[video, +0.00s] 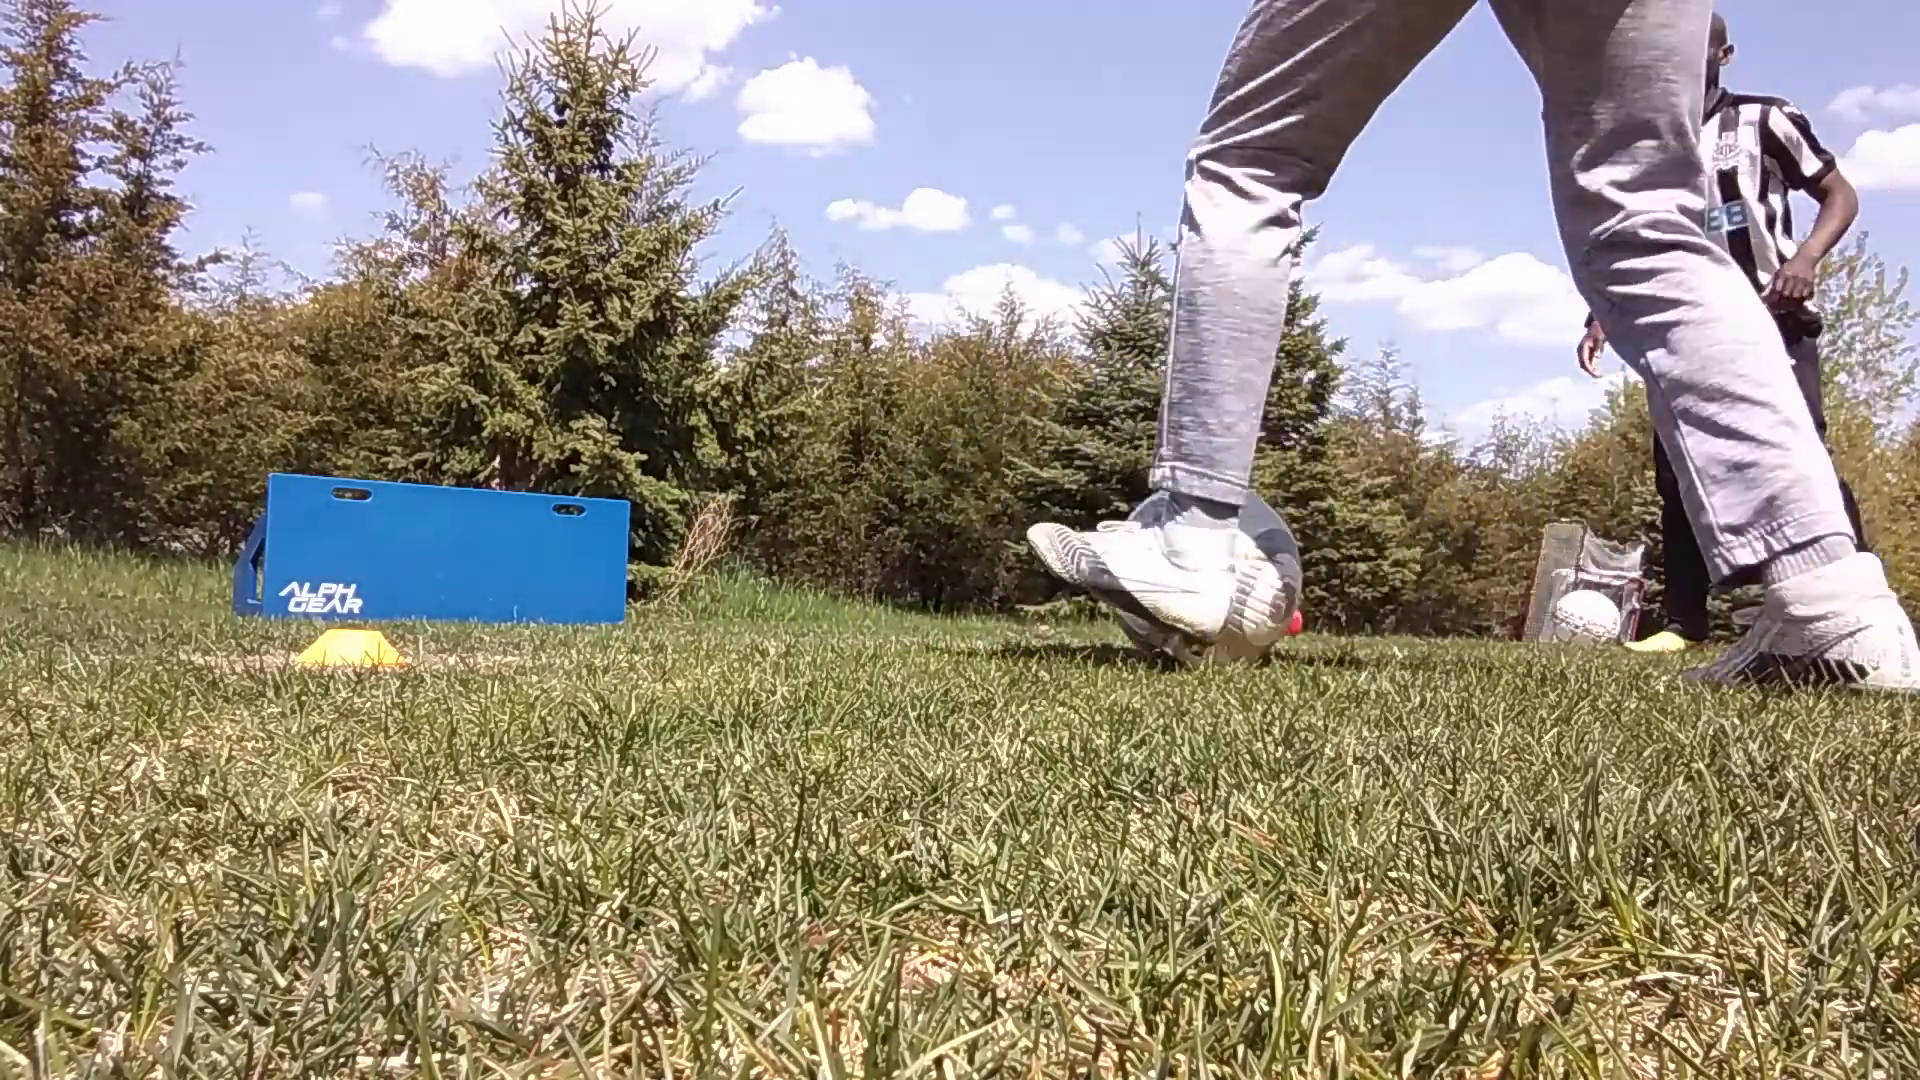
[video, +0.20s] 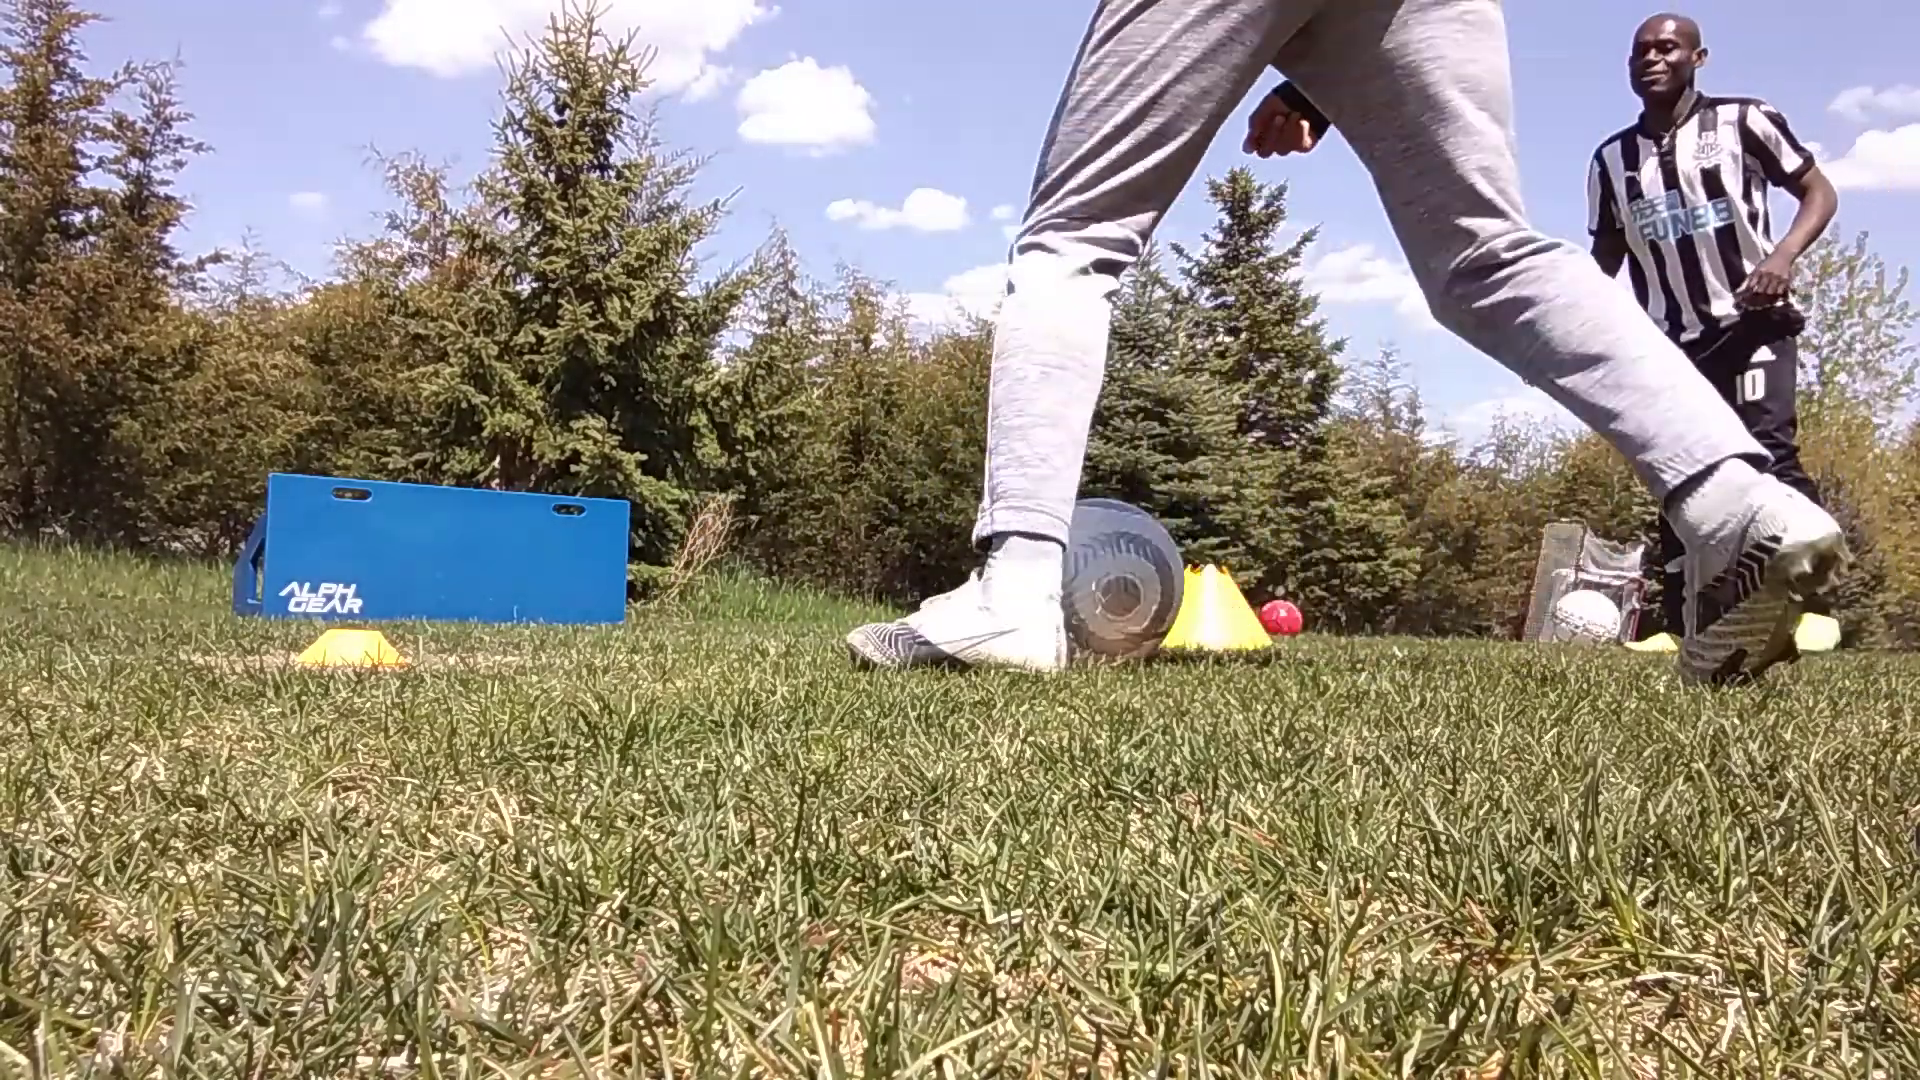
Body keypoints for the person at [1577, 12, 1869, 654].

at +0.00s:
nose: (1685, 52)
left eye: (1698, 39)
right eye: (1678, 41)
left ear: (1721, 49)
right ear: (1664, 52)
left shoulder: (1765, 117)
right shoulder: (1650, 132)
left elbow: (1842, 196)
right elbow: (1639, 236)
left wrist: (1804, 258)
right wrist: (1606, 308)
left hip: (1773, 316)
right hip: (1684, 323)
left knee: (1801, 453)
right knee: (1678, 470)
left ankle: (1852, 595)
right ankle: (1684, 620)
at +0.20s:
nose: (1650, 58)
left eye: (1665, 47)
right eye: (1641, 50)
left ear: (1698, 60)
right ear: (1631, 67)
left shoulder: (1747, 119)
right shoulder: (1611, 160)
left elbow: (1820, 194)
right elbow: (1607, 259)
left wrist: (1783, 256)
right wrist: (1595, 334)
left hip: (1756, 327)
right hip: (1675, 346)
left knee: (1769, 462)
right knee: (1676, 478)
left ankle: (1809, 602)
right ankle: (1676, 623)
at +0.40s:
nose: (1649, 58)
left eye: (1664, 47)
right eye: (1640, 50)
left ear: (1696, 57)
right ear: (1629, 66)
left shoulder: (1745, 122)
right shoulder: (1608, 157)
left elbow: (1816, 197)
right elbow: (1602, 251)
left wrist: (1790, 266)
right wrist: (1563, 329)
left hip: (1744, 329)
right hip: (1665, 346)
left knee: (1742, 468)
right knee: (1676, 488)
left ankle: (1759, 621)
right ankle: (1682, 626)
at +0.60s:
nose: (1651, 56)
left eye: (1667, 45)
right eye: (1646, 46)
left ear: (1708, 54)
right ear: (1641, 59)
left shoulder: (1752, 126)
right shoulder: (1620, 144)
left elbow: (1815, 212)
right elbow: (1622, 237)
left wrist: (1768, 287)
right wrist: (1594, 310)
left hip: (1736, 337)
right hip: (1655, 345)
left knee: (1742, 470)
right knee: (1641, 472)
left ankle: (1763, 622)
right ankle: (1675, 619)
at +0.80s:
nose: (1633, 73)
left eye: (1649, 61)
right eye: (1631, 61)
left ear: (1693, 68)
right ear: (1629, 69)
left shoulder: (1738, 145)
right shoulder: (1608, 148)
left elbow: (1797, 234)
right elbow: (1608, 237)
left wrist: (1738, 309)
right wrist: (1581, 312)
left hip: (1709, 345)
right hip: (1628, 347)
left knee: (1729, 470)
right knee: (1578, 460)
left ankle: (1764, 623)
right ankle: (1612, 603)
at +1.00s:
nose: (1578, 117)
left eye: (1592, 105)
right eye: (1573, 107)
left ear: (1634, 108)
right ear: (1569, 113)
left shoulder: (1686, 185)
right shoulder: (1556, 187)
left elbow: (1744, 263)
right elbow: (1559, 269)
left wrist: (1696, 344)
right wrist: (1527, 343)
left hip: (1663, 369)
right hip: (1580, 371)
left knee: (1699, 482)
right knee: (1501, 474)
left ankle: (1760, 625)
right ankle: (1460, 606)